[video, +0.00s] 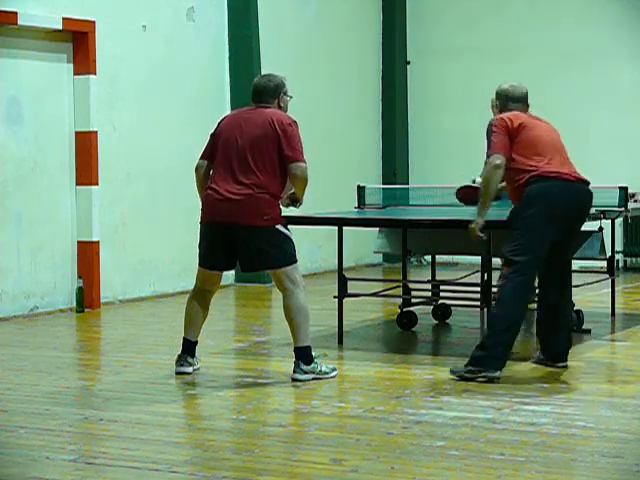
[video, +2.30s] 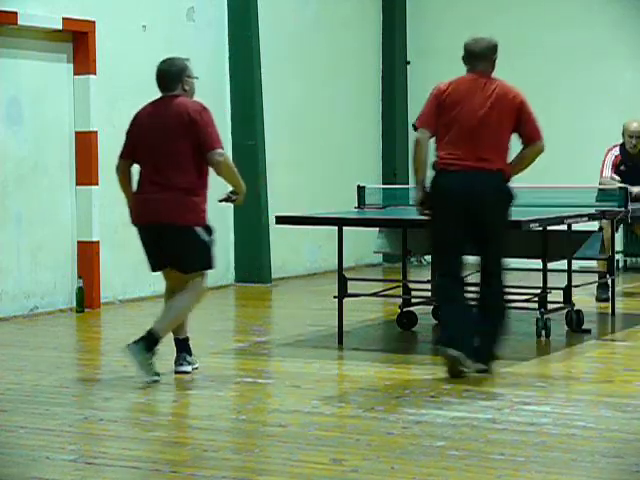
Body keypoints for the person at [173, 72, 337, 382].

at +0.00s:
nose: (289, 103)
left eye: (288, 98)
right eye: (287, 98)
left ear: (255, 99)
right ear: (278, 99)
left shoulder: (228, 120)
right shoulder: (284, 122)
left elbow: (202, 168)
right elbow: (298, 172)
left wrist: (210, 202)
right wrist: (297, 194)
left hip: (215, 214)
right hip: (260, 215)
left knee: (203, 288)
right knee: (292, 286)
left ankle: (186, 356)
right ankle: (304, 361)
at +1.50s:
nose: (265, 99)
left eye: (262, 95)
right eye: (263, 95)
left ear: (229, 98)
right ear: (259, 98)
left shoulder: (208, 123)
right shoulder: (275, 124)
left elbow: (177, 163)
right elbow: (326, 159)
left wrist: (166, 204)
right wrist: (321, 168)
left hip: (206, 216)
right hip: (252, 215)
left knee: (197, 287)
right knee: (286, 283)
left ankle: (185, 354)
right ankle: (305, 355)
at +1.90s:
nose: (244, 103)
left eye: (242, 98)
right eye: (242, 99)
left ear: (209, 105)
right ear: (235, 102)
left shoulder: (190, 135)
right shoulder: (253, 130)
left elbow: (158, 179)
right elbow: (291, 167)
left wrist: (147, 221)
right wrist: (298, 198)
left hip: (200, 228)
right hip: (245, 225)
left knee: (195, 287)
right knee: (282, 288)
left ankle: (185, 355)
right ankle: (305, 359)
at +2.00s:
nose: (227, 96)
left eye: (225, 91)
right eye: (225, 92)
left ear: (194, 97)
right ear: (220, 95)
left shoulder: (175, 128)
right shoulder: (235, 124)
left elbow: (147, 174)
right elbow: (258, 162)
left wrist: (140, 213)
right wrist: (278, 195)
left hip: (186, 222)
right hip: (230, 219)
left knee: (189, 287)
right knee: (264, 283)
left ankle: (185, 355)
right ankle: (293, 354)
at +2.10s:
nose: (215, 89)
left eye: (213, 85)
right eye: (213, 85)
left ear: (183, 89)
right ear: (205, 88)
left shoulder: (162, 121)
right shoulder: (219, 116)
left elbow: (137, 167)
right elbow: (237, 157)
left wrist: (139, 206)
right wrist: (261, 193)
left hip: (173, 218)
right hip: (215, 215)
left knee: (185, 284)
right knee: (245, 278)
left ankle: (184, 355)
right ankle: (246, 354)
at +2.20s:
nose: (204, 84)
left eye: (202, 79)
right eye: (201, 80)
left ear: (172, 84)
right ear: (193, 83)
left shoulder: (152, 116)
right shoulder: (206, 111)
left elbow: (131, 167)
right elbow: (224, 155)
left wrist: (138, 204)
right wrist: (248, 187)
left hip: (161, 214)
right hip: (201, 212)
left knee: (180, 282)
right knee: (223, 281)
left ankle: (183, 355)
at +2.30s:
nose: (195, 84)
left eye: (193, 79)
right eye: (192, 79)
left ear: (163, 83)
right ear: (184, 82)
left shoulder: (143, 115)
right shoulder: (195, 111)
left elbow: (123, 166)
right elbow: (217, 159)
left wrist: (132, 200)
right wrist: (240, 187)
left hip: (147, 214)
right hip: (184, 213)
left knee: (173, 282)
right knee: (197, 285)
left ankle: (183, 354)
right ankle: (146, 344)